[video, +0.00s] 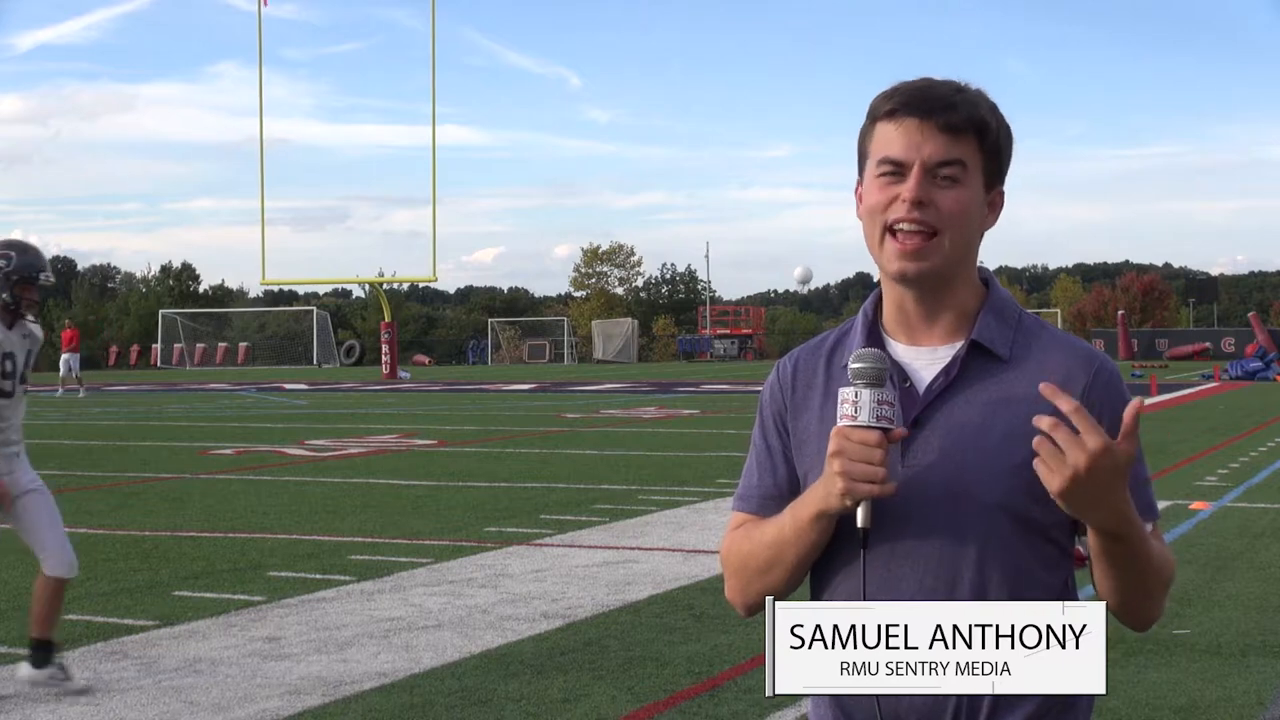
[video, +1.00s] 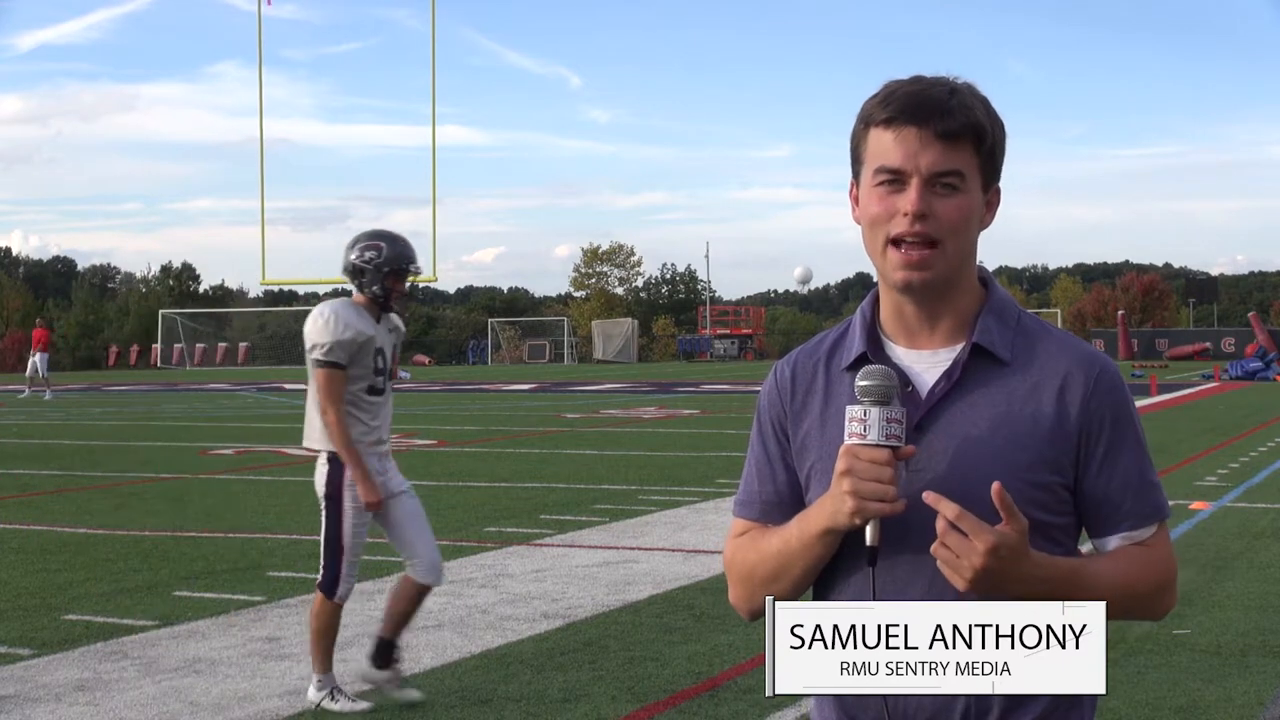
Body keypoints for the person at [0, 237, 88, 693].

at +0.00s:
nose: (34, 294)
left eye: (37, 286)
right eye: (26, 285)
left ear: (37, 288)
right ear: (4, 285)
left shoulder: (30, 336)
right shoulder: (3, 334)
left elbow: (13, 399)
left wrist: (15, 462)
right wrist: (3, 477)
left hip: (15, 464)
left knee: (59, 561)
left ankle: (41, 659)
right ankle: (37, 659)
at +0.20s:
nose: (114, 300)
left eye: (117, 292)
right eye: (105, 292)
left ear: (117, 294)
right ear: (76, 291)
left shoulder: (107, 342)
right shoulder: (43, 332)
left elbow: (83, 404)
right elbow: (32, 416)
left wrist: (92, 462)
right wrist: (73, 471)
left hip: (97, 470)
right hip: (51, 474)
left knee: (116, 577)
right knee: (23, 590)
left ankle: (131, 679)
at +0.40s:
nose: (182, 290)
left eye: (185, 281)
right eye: (174, 281)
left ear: (182, 282)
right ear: (146, 280)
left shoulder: (176, 331)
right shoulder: (111, 323)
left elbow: (164, 406)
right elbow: (98, 406)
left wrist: (182, 468)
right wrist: (116, 476)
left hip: (164, 466)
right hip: (132, 466)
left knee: (149, 575)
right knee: (172, 573)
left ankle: (136, 678)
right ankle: (99, 640)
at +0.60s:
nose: (252, 292)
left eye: (253, 283)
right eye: (243, 284)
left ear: (249, 284)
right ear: (216, 284)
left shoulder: (245, 333)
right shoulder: (179, 329)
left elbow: (258, 398)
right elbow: (160, 413)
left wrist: (310, 444)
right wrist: (163, 486)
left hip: (224, 465)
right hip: (197, 465)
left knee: (179, 575)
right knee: (252, 577)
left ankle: (141, 672)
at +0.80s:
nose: (328, 293)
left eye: (329, 285)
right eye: (321, 285)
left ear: (314, 286)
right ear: (294, 285)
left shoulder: (319, 334)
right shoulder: (258, 332)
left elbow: (330, 404)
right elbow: (242, 419)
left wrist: (379, 450)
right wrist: (247, 496)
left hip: (307, 464)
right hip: (280, 465)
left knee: (298, 583)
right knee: (303, 581)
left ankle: (212, 638)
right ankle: (316, 691)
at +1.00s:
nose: (404, 286)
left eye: (405, 278)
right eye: (397, 278)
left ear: (391, 277)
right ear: (371, 276)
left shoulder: (392, 327)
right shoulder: (332, 320)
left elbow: (374, 396)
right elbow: (328, 407)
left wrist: (381, 456)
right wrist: (360, 475)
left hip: (381, 463)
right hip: (341, 465)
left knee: (426, 568)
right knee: (336, 581)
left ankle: (381, 665)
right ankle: (322, 683)